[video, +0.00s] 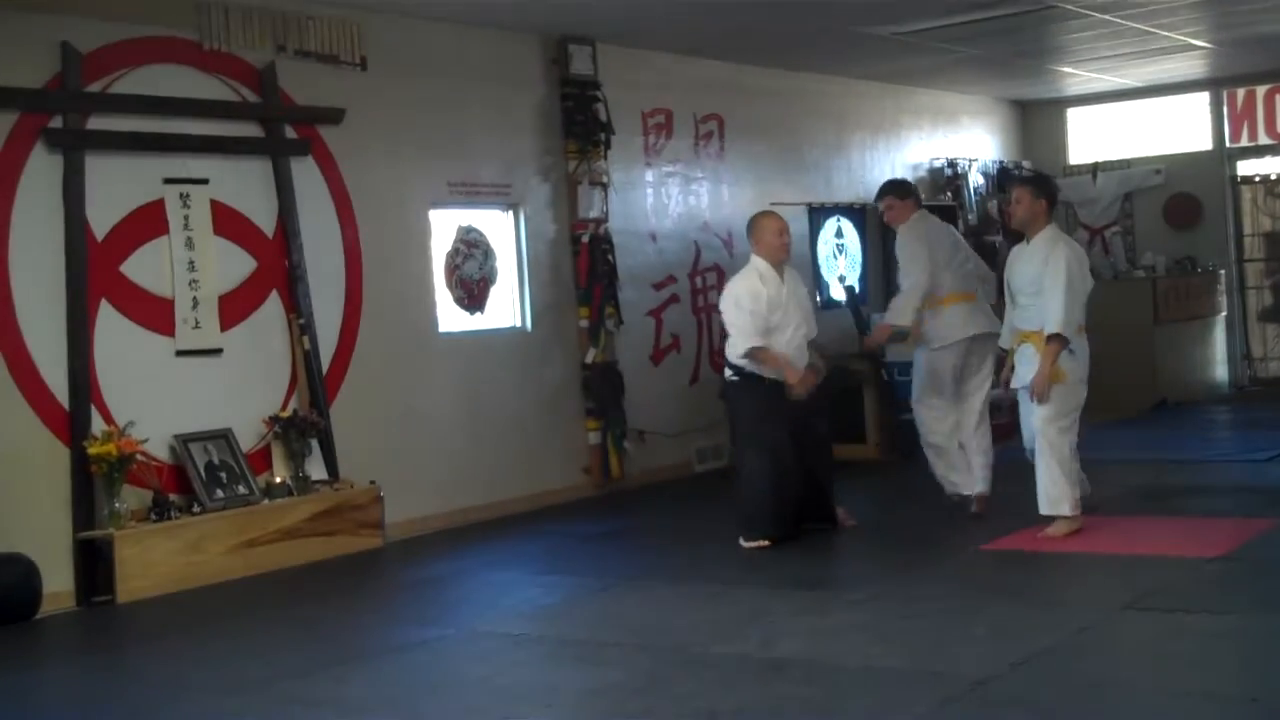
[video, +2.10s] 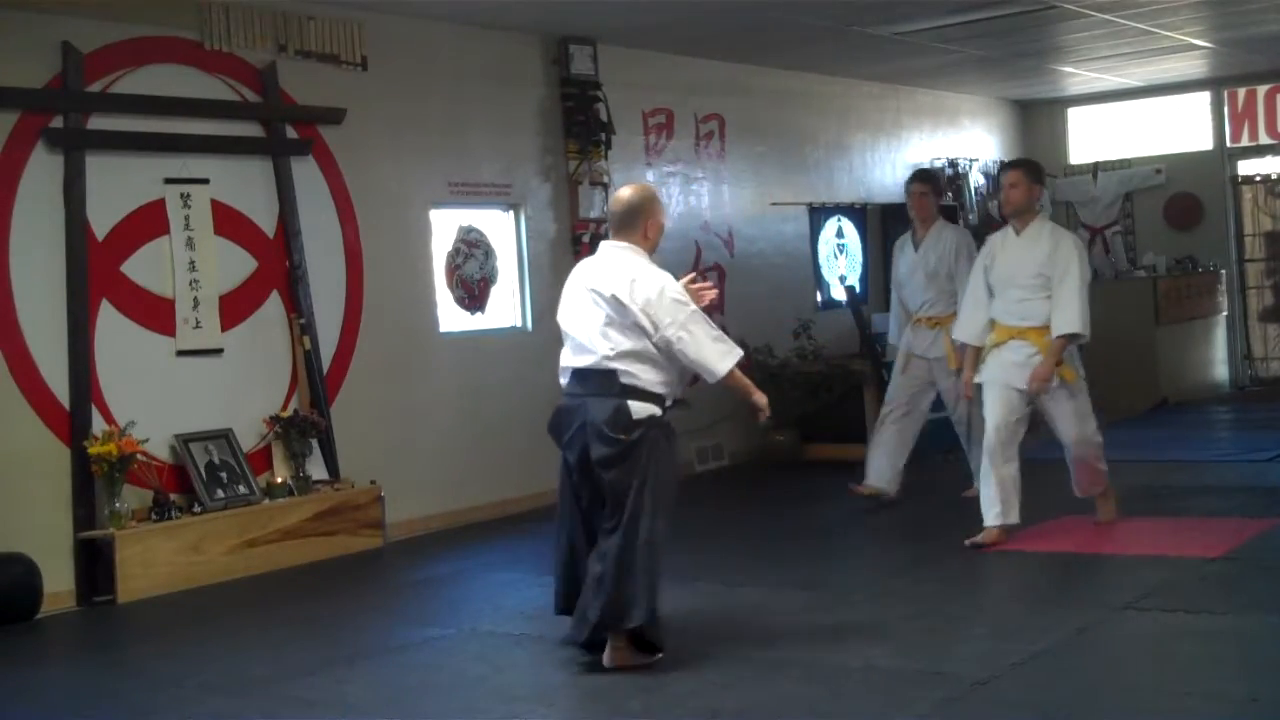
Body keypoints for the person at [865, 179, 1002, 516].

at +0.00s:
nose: (887, 217)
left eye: (890, 208)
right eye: (883, 211)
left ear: (910, 202)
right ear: (916, 205)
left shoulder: (911, 233)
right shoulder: (947, 230)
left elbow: (916, 282)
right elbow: (985, 274)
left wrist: (887, 326)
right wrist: (980, 311)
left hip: (945, 330)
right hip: (982, 326)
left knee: (930, 405)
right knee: (974, 407)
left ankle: (960, 484)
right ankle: (979, 488)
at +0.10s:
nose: (891, 214)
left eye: (895, 205)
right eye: (889, 207)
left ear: (915, 200)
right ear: (912, 202)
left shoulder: (925, 230)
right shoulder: (940, 226)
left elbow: (940, 277)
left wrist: (921, 321)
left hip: (956, 331)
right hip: (986, 326)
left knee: (942, 410)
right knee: (980, 403)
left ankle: (965, 485)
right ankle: (999, 472)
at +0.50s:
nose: (935, 207)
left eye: (942, 200)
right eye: (931, 201)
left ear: (958, 200)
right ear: (928, 204)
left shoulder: (979, 233)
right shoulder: (940, 244)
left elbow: (987, 283)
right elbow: (933, 297)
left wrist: (980, 332)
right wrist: (918, 342)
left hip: (987, 326)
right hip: (968, 326)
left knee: (971, 406)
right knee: (990, 401)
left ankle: (983, 482)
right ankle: (1012, 464)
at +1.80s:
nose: (952, 206)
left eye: (959, 200)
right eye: (946, 200)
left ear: (971, 203)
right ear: (939, 206)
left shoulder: (989, 242)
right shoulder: (933, 249)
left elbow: (999, 295)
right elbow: (928, 302)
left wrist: (990, 344)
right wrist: (929, 351)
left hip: (979, 334)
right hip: (948, 335)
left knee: (964, 408)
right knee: (938, 408)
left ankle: (986, 480)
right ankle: (997, 451)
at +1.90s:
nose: (945, 207)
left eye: (952, 200)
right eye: (939, 200)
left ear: (966, 205)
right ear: (932, 206)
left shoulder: (984, 244)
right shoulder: (927, 250)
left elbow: (991, 298)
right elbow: (922, 304)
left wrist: (983, 347)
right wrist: (919, 350)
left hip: (971, 335)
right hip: (939, 335)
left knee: (962, 409)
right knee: (920, 406)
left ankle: (984, 478)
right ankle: (956, 468)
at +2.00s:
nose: (932, 203)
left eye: (939, 197)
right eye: (927, 197)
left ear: (953, 202)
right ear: (921, 203)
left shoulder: (972, 241)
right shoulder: (916, 246)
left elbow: (981, 295)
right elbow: (911, 299)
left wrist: (976, 343)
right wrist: (911, 345)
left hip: (961, 332)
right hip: (927, 332)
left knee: (963, 409)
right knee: (908, 406)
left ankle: (983, 479)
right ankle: (921, 479)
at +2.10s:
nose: (916, 202)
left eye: (923, 196)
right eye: (911, 197)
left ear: (938, 200)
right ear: (906, 202)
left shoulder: (957, 238)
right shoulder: (902, 246)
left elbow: (970, 293)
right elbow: (898, 300)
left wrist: (968, 343)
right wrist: (897, 346)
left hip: (952, 333)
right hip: (915, 333)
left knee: (965, 411)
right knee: (899, 406)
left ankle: (984, 479)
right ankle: (881, 481)